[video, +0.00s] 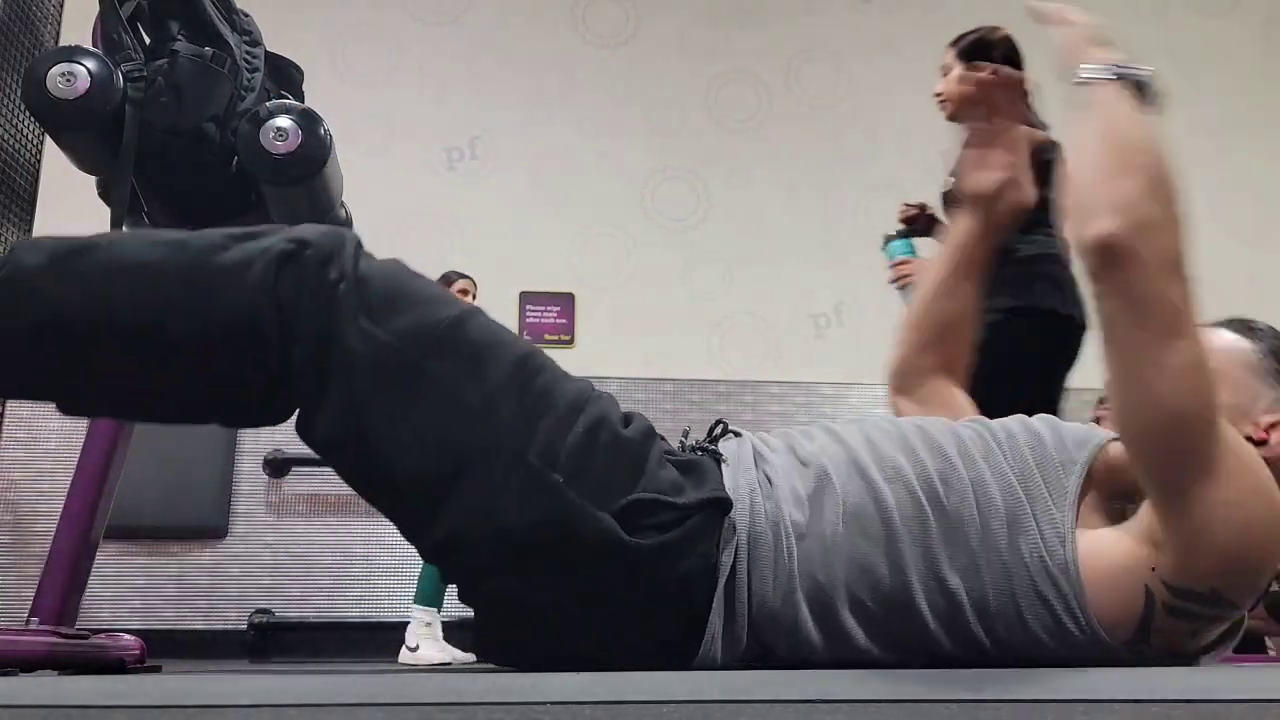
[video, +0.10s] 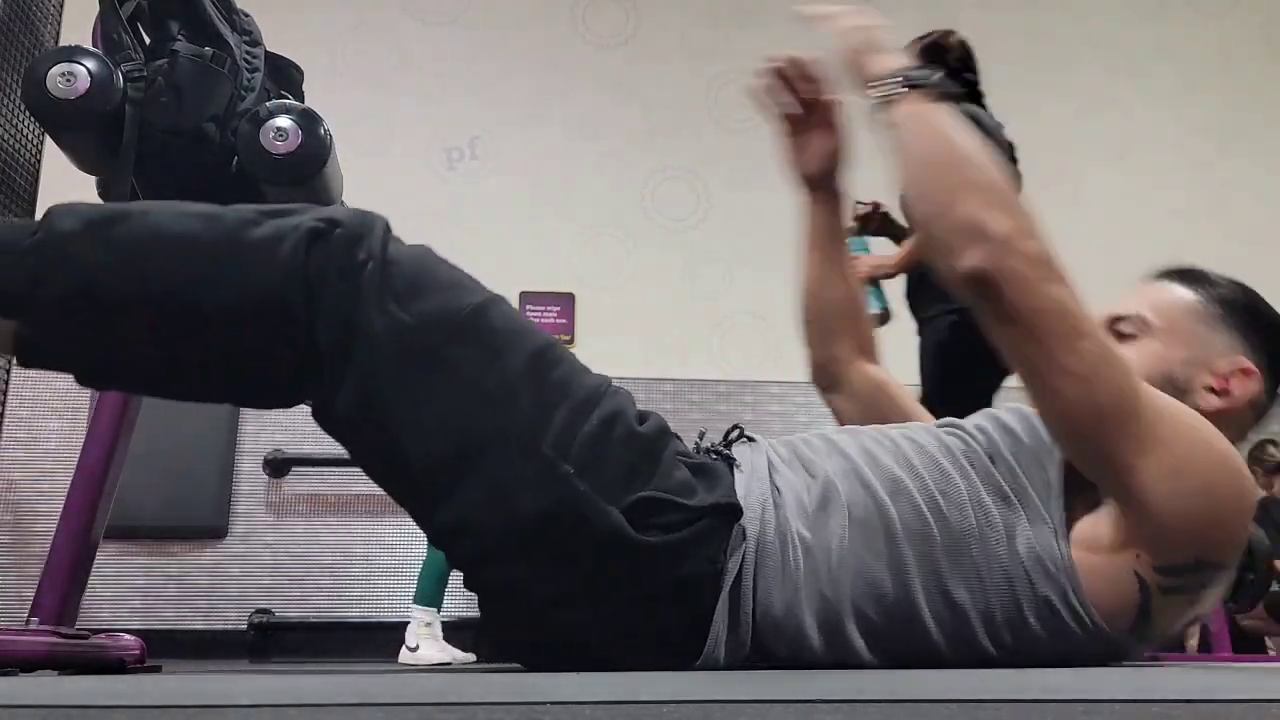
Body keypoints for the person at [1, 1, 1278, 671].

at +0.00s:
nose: (1201, 352)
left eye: (1236, 355)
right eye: (1224, 340)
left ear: (1259, 425)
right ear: (1215, 396)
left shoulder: (1207, 535)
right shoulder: (1083, 481)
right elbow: (926, 395)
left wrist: (1108, 82)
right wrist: (982, 221)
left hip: (670, 569)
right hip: (672, 511)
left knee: (323, 292)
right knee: (345, 295)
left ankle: (3, 310)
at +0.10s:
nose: (1105, 335)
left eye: (1145, 324)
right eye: (1121, 316)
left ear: (1224, 393)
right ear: (1173, 382)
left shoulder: (1201, 491)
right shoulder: (1055, 461)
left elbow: (1005, 266)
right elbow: (858, 386)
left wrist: (892, 82)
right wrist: (822, 191)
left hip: (678, 560)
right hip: (664, 520)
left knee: (350, 274)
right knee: (363, 291)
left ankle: (22, 275)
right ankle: (40, 284)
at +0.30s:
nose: (935, 261)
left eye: (969, 237)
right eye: (938, 238)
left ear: (1080, 255)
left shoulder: (1111, 367)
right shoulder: (941, 403)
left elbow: (838, 255)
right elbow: (730, 337)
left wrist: (619, 139)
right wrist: (593, 196)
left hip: (700, 569)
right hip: (688, 545)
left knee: (379, 242)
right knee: (382, 251)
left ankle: (35, 237)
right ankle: (64, 233)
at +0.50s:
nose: (809, 191)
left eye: (830, 164)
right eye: (815, 170)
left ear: (912, 155)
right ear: (913, 161)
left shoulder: (1000, 263)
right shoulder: (848, 328)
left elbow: (700, 191)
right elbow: (625, 290)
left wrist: (460, 106)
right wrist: (453, 146)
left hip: (685, 568)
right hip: (644, 554)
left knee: (436, 202)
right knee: (437, 193)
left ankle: (65, 186)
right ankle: (82, 177)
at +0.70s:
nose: (746, 148)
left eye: (757, 125)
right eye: (753, 135)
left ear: (798, 104)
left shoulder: (907, 192)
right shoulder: (814, 286)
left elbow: (599, 152)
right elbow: (607, 299)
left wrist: (377, 79)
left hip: (646, 564)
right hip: (617, 605)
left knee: (549, 219)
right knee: (537, 217)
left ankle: (183, 147)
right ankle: (222, 174)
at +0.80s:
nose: (746, 153)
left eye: (757, 128)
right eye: (752, 139)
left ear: (800, 105)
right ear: (857, 123)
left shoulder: (908, 190)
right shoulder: (844, 288)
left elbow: (595, 147)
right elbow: (638, 315)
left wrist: (377, 78)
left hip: (647, 563)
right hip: (622, 607)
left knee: (575, 224)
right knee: (573, 240)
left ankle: (198, 144)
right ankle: (242, 182)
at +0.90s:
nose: (792, 166)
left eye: (821, 139)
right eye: (797, 148)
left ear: (911, 138)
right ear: (839, 157)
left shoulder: (962, 234)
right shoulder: (848, 318)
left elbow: (653, 154)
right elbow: (625, 286)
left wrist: (436, 67)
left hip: (658, 577)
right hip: (626, 591)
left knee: (521, 194)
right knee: (536, 210)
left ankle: (150, 136)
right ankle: (208, 140)